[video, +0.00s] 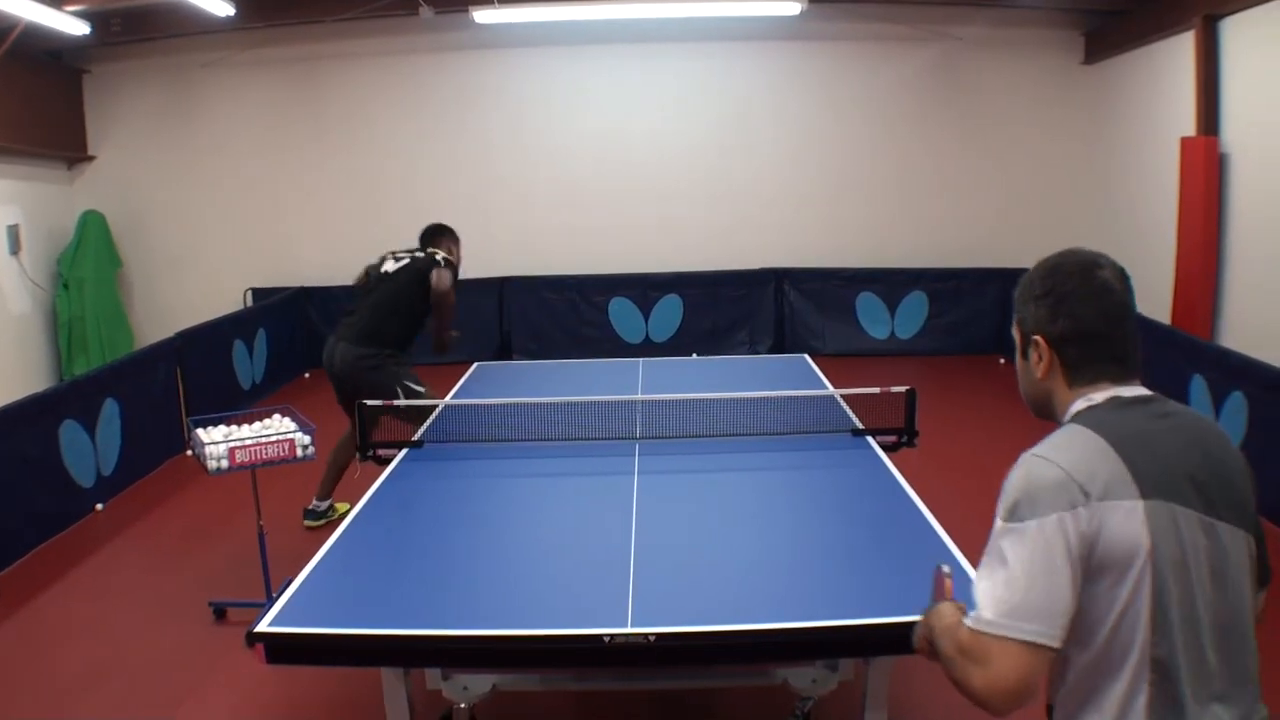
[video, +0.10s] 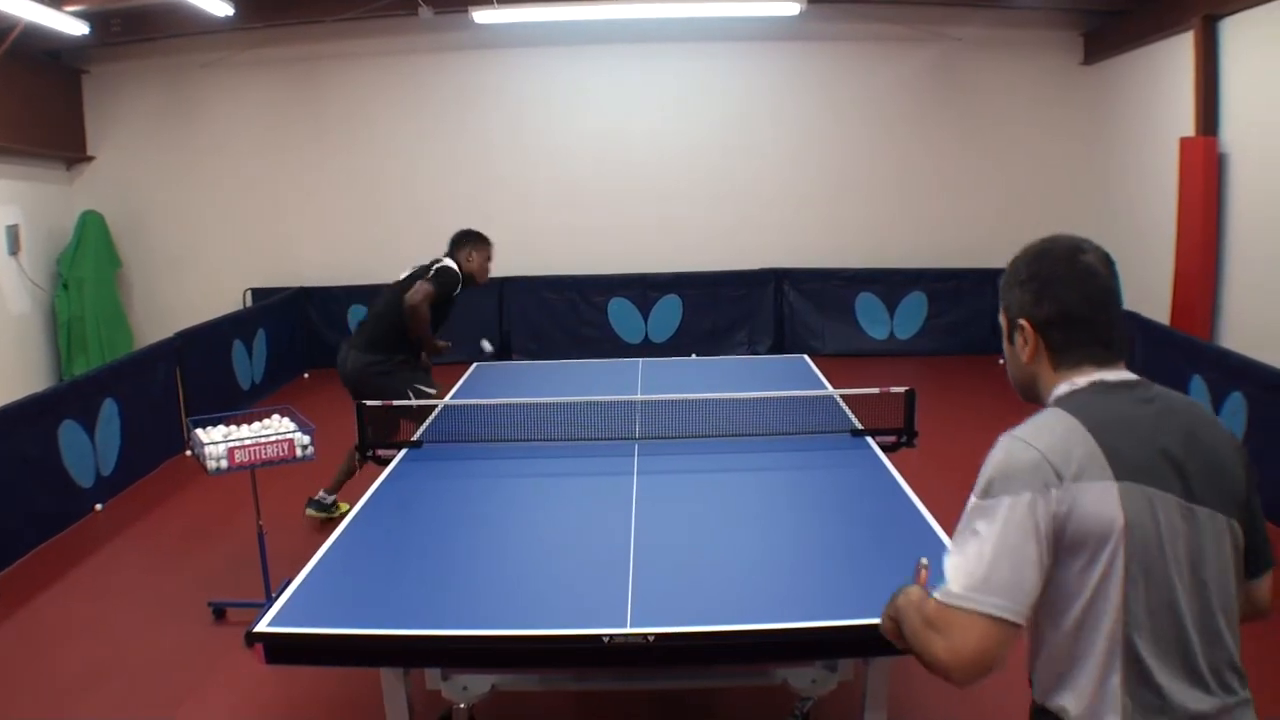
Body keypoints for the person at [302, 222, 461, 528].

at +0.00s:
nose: (459, 256)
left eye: (459, 250)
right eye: (457, 250)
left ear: (425, 246)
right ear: (446, 246)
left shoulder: (394, 257)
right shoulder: (440, 260)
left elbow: (361, 281)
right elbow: (441, 287)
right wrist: (442, 335)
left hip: (338, 353)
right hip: (372, 358)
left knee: (360, 426)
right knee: (438, 422)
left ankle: (319, 505)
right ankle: (440, 499)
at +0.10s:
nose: (489, 269)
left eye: (490, 261)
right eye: (487, 260)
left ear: (460, 255)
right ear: (469, 256)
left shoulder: (430, 267)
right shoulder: (449, 272)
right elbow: (415, 299)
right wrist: (428, 343)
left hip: (359, 359)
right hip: (384, 364)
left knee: (379, 429)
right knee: (442, 424)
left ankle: (325, 497)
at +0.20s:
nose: (500, 267)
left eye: (504, 262)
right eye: (496, 258)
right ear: (474, 250)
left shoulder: (465, 284)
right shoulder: (444, 271)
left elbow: (440, 321)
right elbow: (392, 297)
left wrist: (453, 351)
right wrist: (425, 341)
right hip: (386, 362)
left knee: (419, 435)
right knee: (446, 420)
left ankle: (345, 477)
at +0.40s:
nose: (500, 240)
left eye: (507, 234)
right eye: (494, 231)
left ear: (513, 233)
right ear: (477, 223)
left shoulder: (498, 253)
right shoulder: (443, 250)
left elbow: (488, 281)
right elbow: (393, 286)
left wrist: (510, 310)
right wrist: (438, 319)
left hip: (449, 329)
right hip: (411, 327)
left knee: (461, 392)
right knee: (443, 397)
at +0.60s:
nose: (517, 241)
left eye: (523, 235)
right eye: (509, 233)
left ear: (528, 237)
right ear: (491, 232)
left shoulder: (525, 264)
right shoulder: (460, 263)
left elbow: (527, 291)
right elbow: (418, 303)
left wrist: (559, 316)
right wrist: (467, 328)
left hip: (494, 341)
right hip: (453, 344)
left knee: (527, 383)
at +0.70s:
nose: (534, 237)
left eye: (540, 230)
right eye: (527, 229)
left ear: (545, 231)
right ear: (510, 227)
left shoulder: (549, 263)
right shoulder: (478, 261)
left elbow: (557, 294)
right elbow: (438, 298)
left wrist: (583, 319)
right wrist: (480, 324)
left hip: (526, 349)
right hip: (483, 352)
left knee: (566, 382)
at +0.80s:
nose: (556, 225)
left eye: (562, 219)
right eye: (549, 217)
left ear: (567, 221)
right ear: (532, 214)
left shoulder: (565, 252)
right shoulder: (497, 250)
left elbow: (573, 289)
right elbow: (462, 289)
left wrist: (601, 320)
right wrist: (507, 310)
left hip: (543, 337)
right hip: (500, 340)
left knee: (583, 380)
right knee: (502, 403)